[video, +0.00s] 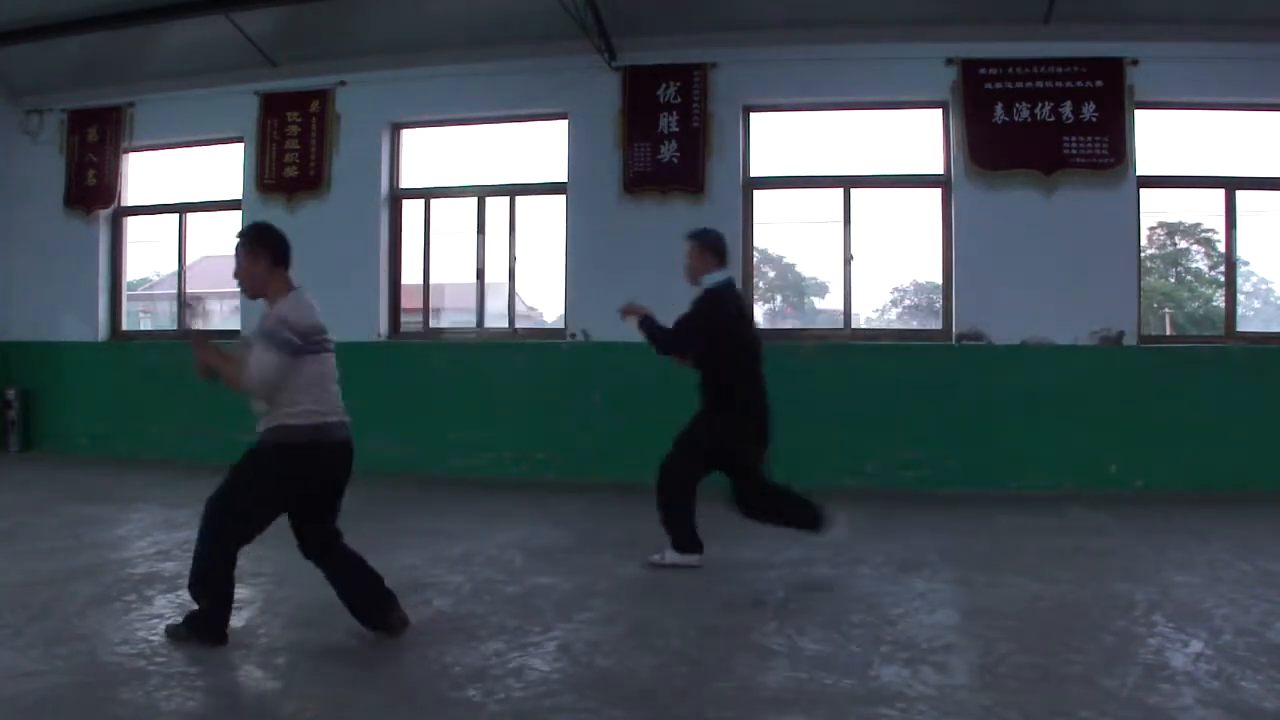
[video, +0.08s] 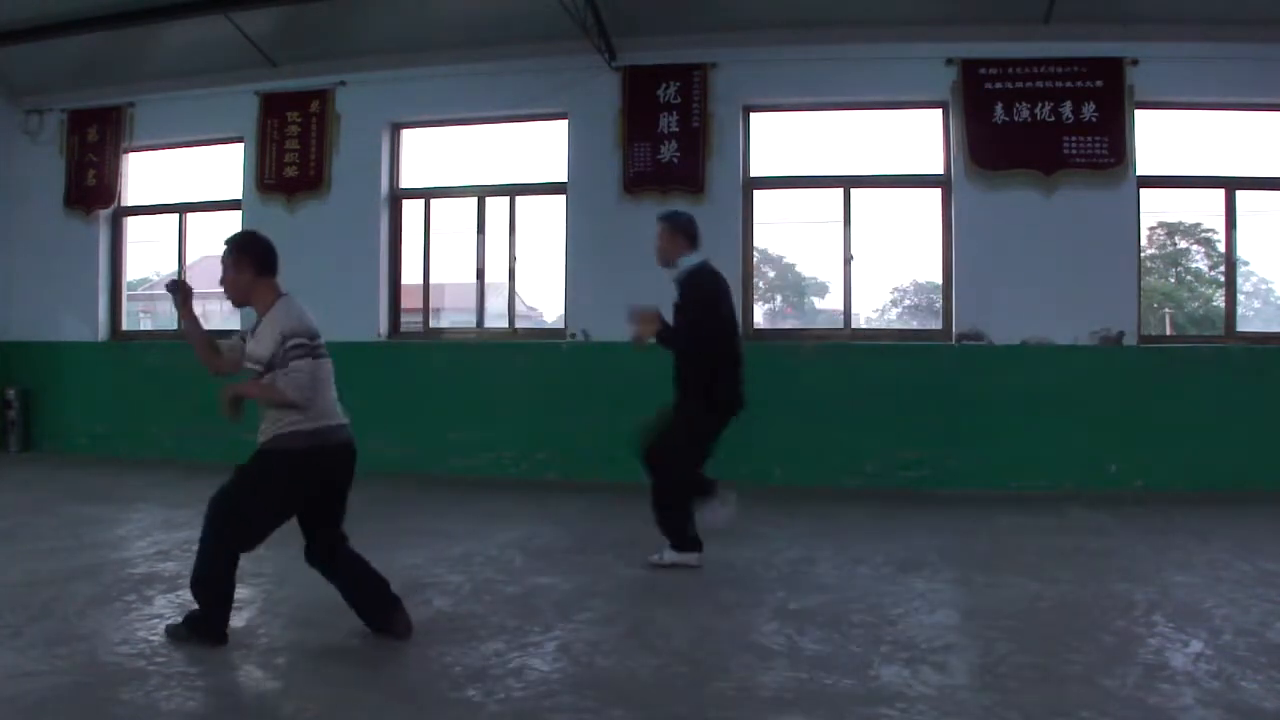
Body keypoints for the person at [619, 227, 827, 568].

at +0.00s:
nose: (686, 263)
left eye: (690, 255)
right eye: (687, 255)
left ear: (706, 258)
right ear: (714, 259)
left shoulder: (713, 301)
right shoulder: (731, 300)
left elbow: (673, 344)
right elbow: (700, 347)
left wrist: (643, 319)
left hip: (724, 415)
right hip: (746, 414)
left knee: (675, 473)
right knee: (749, 495)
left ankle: (685, 548)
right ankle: (817, 519)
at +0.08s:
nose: (657, 247)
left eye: (661, 239)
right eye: (658, 238)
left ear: (677, 240)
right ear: (684, 241)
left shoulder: (700, 284)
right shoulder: (698, 281)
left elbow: (694, 345)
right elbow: (695, 343)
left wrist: (660, 329)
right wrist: (661, 329)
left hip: (709, 397)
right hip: (707, 394)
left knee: (662, 456)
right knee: (668, 457)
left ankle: (684, 546)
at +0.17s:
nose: (642, 236)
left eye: (646, 228)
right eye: (643, 229)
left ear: (662, 230)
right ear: (669, 230)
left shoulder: (690, 269)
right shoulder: (671, 278)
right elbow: (647, 327)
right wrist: (628, 297)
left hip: (691, 376)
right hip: (691, 376)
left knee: (620, 387)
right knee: (675, 452)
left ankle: (649, 453)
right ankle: (678, 535)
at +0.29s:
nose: (618, 230)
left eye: (623, 223)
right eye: (619, 223)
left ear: (641, 224)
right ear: (639, 225)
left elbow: (713, 311)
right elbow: (585, 286)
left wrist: (671, 321)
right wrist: (551, 256)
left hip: (671, 368)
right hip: (642, 365)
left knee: (595, 326)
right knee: (641, 447)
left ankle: (620, 400)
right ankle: (628, 538)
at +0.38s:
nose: (608, 238)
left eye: (613, 230)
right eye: (609, 230)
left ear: (631, 233)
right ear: (627, 232)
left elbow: (688, 329)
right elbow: (571, 296)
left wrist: (646, 332)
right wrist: (536, 265)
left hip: (645, 380)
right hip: (618, 375)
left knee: (562, 345)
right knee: (609, 461)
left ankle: (580, 420)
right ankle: (615, 549)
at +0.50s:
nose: (593, 246)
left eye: (598, 238)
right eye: (594, 239)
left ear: (617, 241)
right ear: (614, 243)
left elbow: (656, 342)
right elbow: (557, 303)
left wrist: (619, 343)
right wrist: (521, 271)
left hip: (620, 389)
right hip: (601, 387)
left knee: (534, 380)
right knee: (590, 474)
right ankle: (613, 555)